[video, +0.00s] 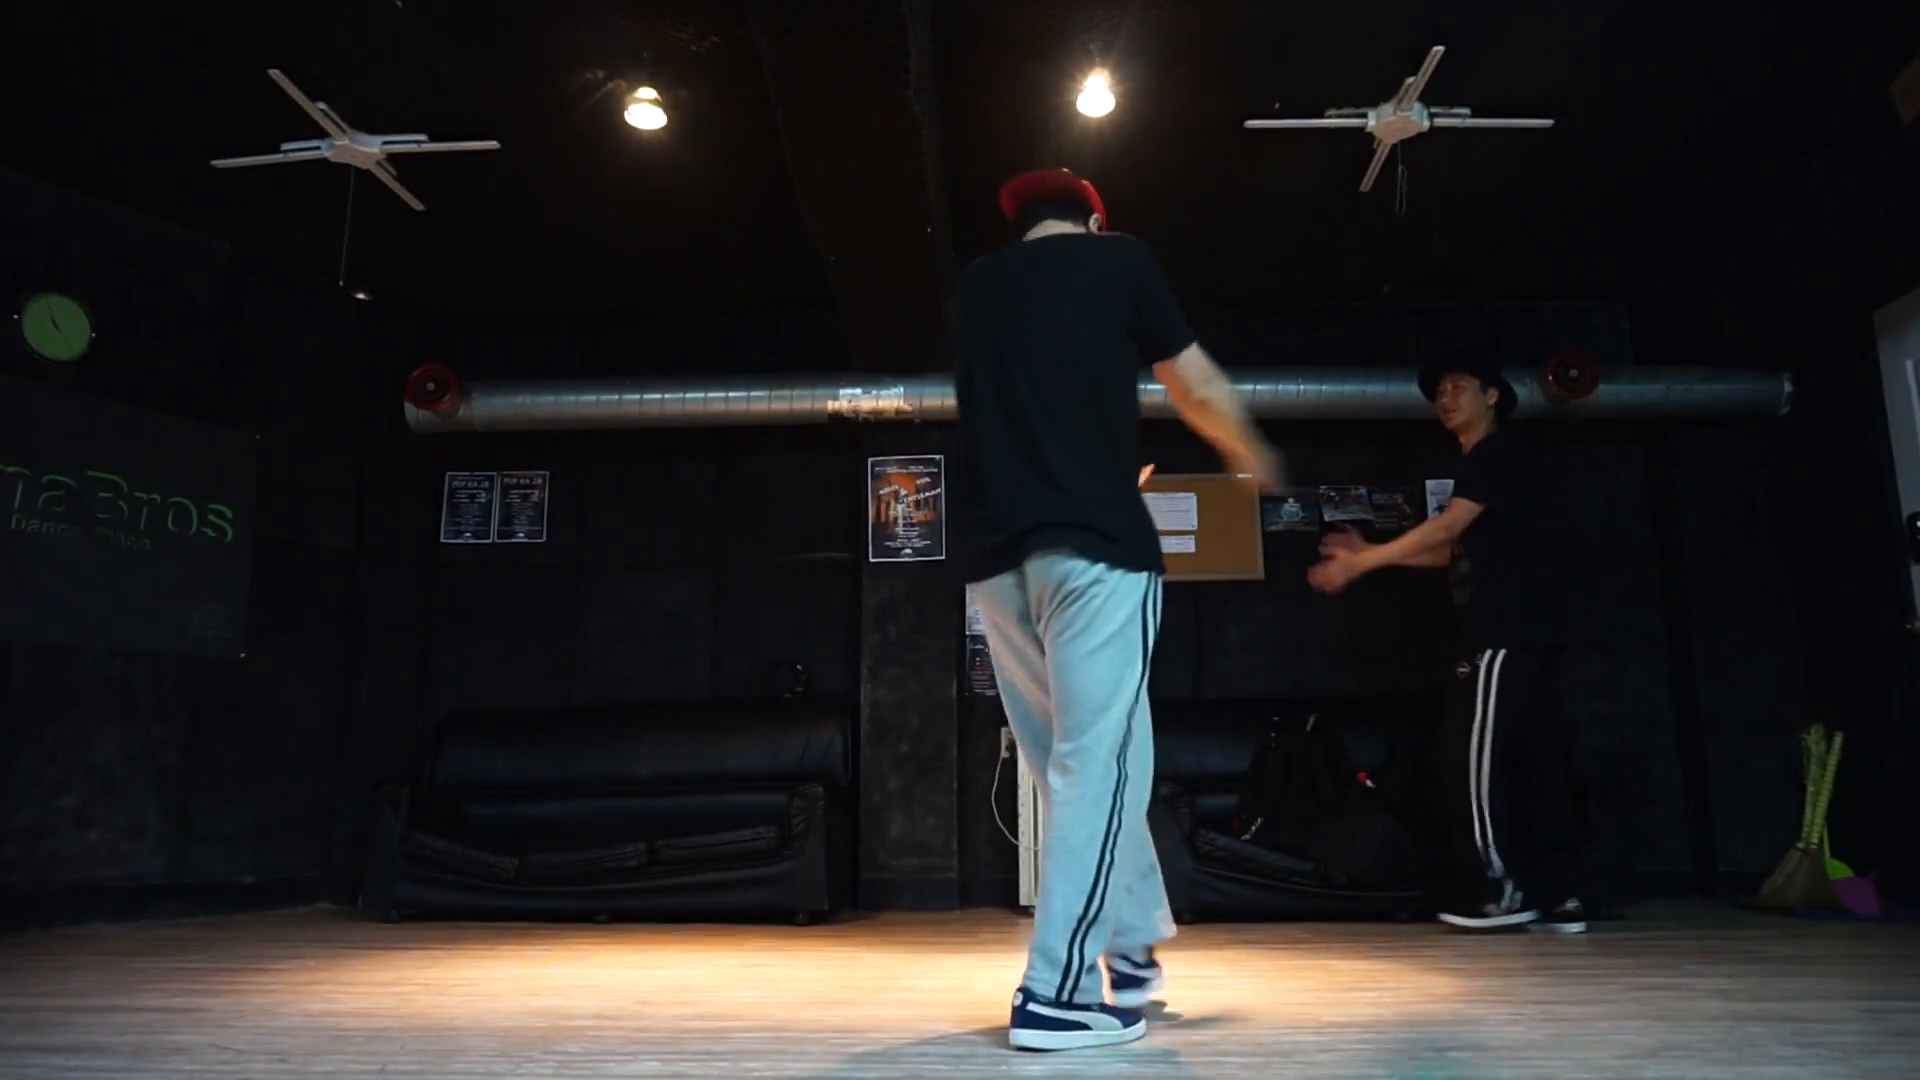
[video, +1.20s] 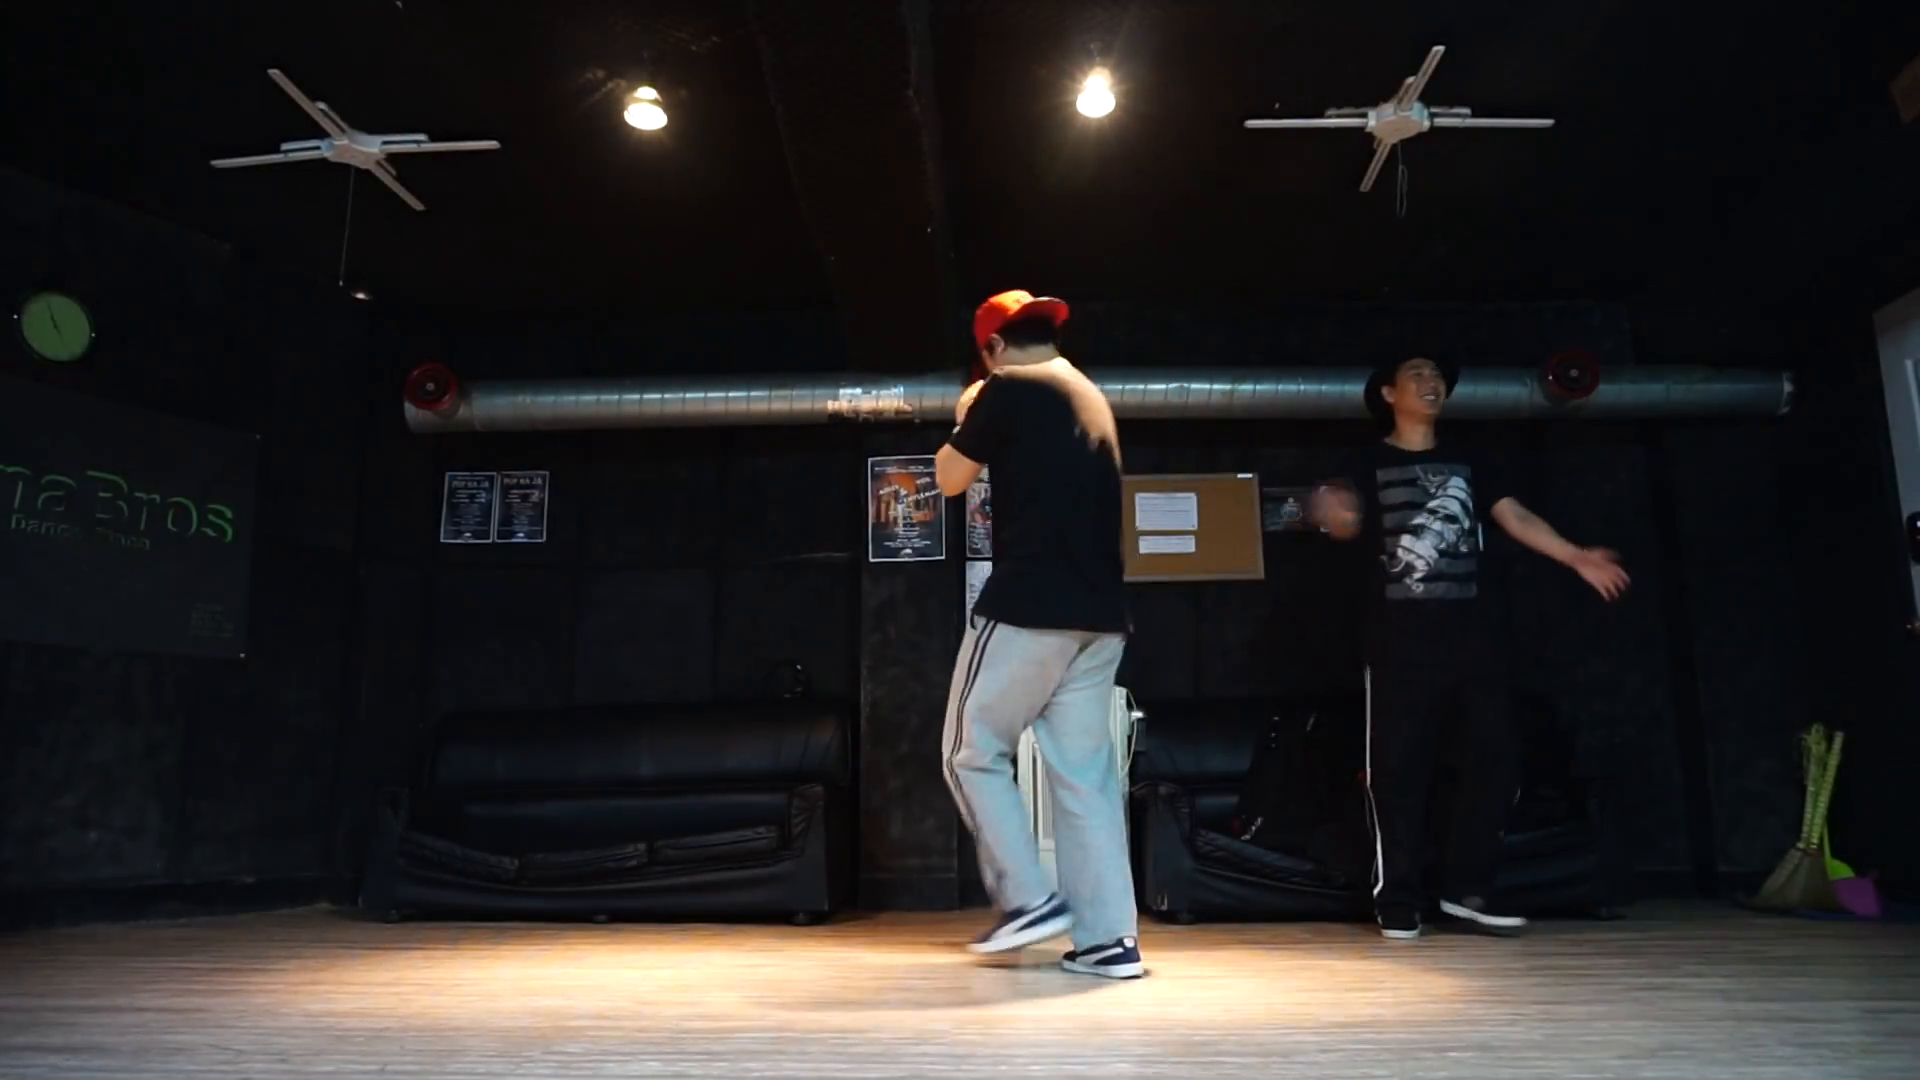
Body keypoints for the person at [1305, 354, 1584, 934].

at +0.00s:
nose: (1446, 402)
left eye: (1459, 391)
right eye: (1441, 395)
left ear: (1492, 398)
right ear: (1441, 406)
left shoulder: (1496, 453)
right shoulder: (1493, 459)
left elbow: (1445, 527)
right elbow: (1451, 550)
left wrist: (1358, 563)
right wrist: (1370, 552)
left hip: (1504, 629)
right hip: (1516, 625)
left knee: (1478, 760)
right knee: (1530, 759)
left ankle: (1498, 895)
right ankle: (1559, 894)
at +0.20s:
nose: (1439, 409)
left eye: (1451, 399)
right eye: (1431, 403)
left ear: (1480, 408)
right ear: (1424, 417)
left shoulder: (1495, 466)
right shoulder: (1442, 480)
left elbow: (1458, 549)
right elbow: (1431, 551)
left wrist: (1378, 580)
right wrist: (1376, 574)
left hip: (1499, 640)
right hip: (1468, 641)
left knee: (1483, 770)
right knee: (1513, 767)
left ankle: (1477, 901)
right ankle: (1551, 890)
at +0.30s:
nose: (1439, 406)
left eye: (1451, 397)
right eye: (1430, 399)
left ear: (1476, 407)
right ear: (1420, 414)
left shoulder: (1495, 466)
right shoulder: (1431, 483)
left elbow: (1476, 551)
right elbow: (1414, 551)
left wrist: (1441, 627)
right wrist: (1389, 600)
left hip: (1493, 635)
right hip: (1450, 633)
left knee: (1482, 766)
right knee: (1463, 763)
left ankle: (1479, 900)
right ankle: (1537, 867)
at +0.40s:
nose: (1439, 400)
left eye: (1451, 391)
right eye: (1429, 393)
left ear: (1473, 405)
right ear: (1415, 408)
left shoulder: (1493, 467)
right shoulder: (1420, 483)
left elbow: (1508, 554)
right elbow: (1405, 564)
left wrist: (1528, 632)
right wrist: (1391, 632)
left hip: (1481, 636)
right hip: (1426, 640)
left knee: (1479, 766)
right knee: (1429, 762)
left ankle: (1475, 900)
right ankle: (1512, 857)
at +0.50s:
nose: (1438, 393)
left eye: (1450, 385)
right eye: (1427, 385)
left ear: (1470, 401)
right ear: (1410, 402)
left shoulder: (1496, 463)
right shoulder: (1405, 480)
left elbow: (1548, 534)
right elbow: (1399, 564)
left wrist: (1595, 608)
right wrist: (1389, 639)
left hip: (1481, 639)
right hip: (1420, 644)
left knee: (1480, 770)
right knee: (1422, 764)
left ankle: (1478, 900)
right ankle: (1452, 883)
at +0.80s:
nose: (1425, 393)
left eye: (1435, 385)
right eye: (1413, 386)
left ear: (1450, 401)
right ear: (1391, 404)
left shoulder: (1483, 468)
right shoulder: (1372, 480)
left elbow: (1551, 522)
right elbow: (1338, 545)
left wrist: (1631, 574)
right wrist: (1305, 598)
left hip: (1477, 643)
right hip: (1403, 646)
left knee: (1488, 770)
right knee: (1405, 769)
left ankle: (1478, 903)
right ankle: (1398, 902)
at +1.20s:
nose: (1430, 387)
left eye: (1436, 380)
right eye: (1416, 379)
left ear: (1446, 398)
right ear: (1388, 396)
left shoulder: (1467, 464)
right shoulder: (1367, 467)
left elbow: (1517, 518)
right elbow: (1347, 528)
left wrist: (1578, 557)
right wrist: (1334, 514)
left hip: (1466, 636)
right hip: (1397, 639)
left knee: (1483, 758)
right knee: (1397, 766)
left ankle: (1464, 892)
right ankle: (1396, 901)